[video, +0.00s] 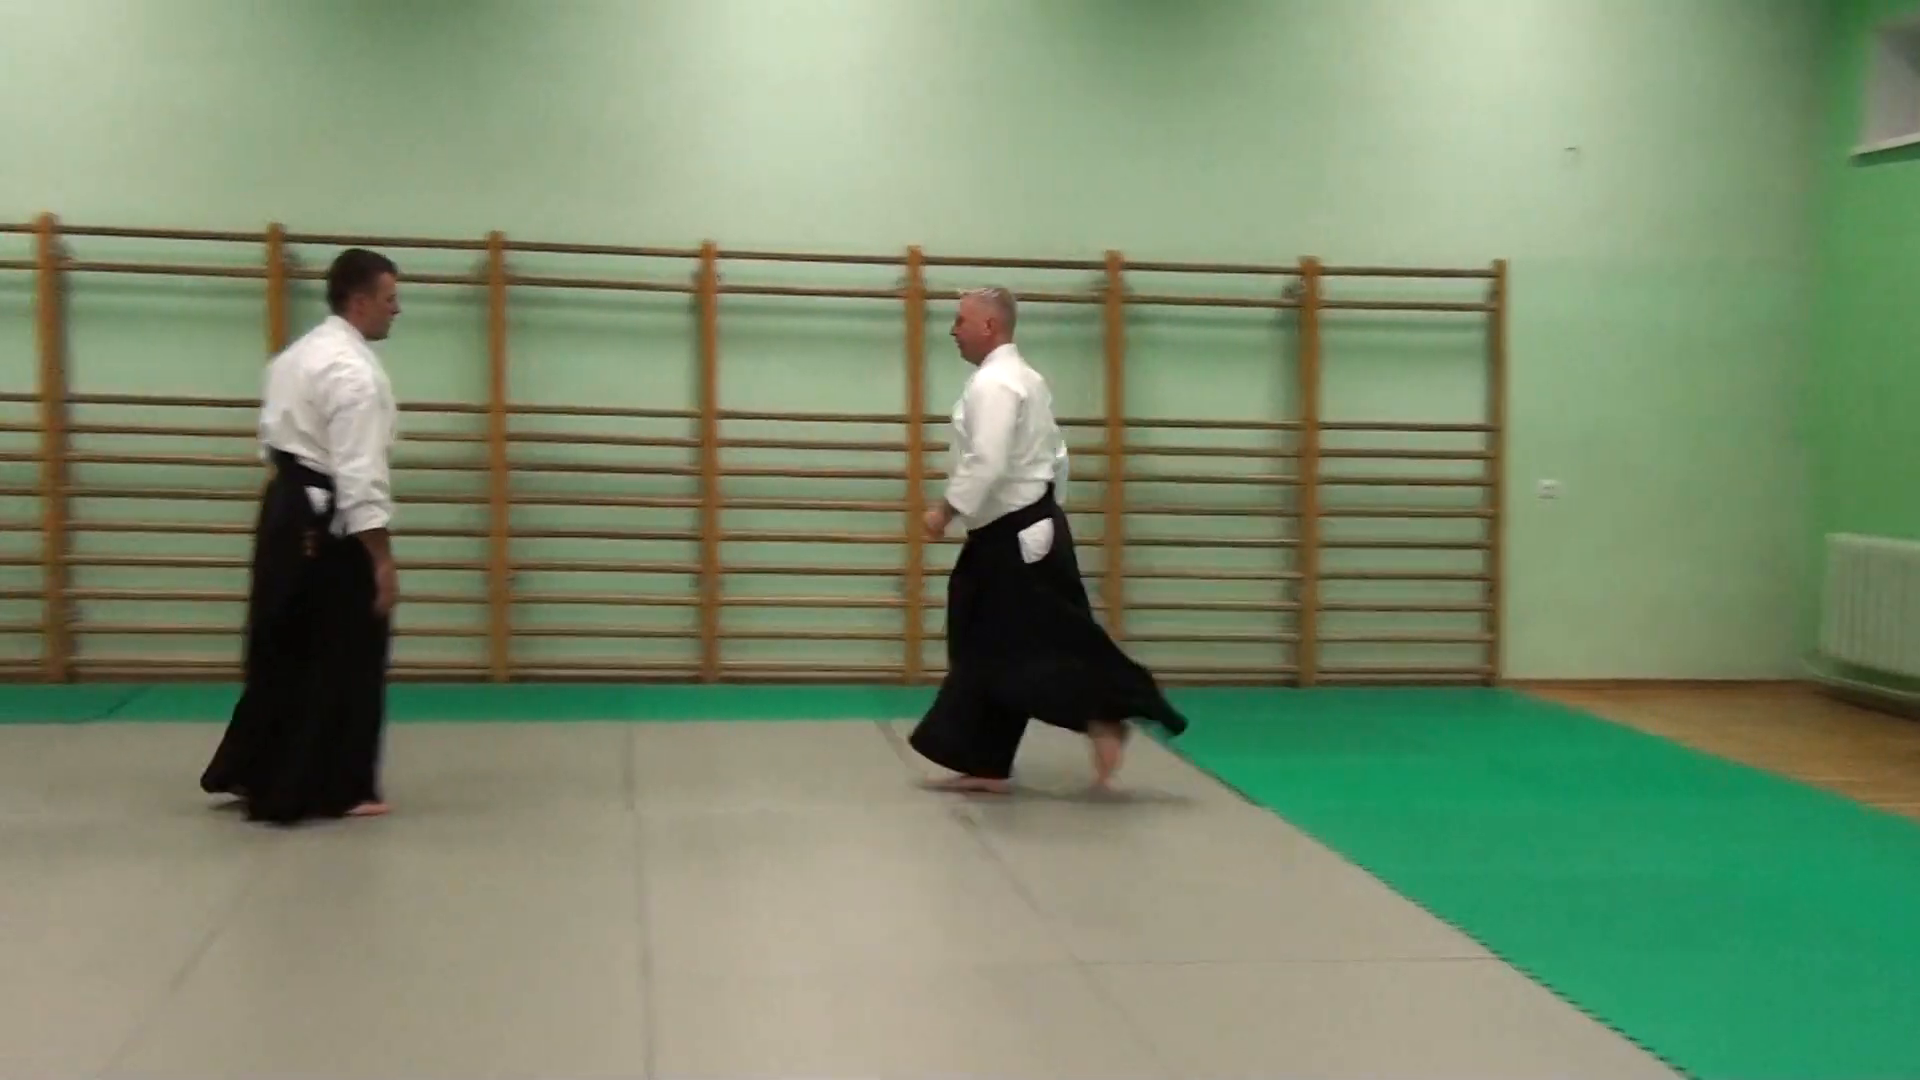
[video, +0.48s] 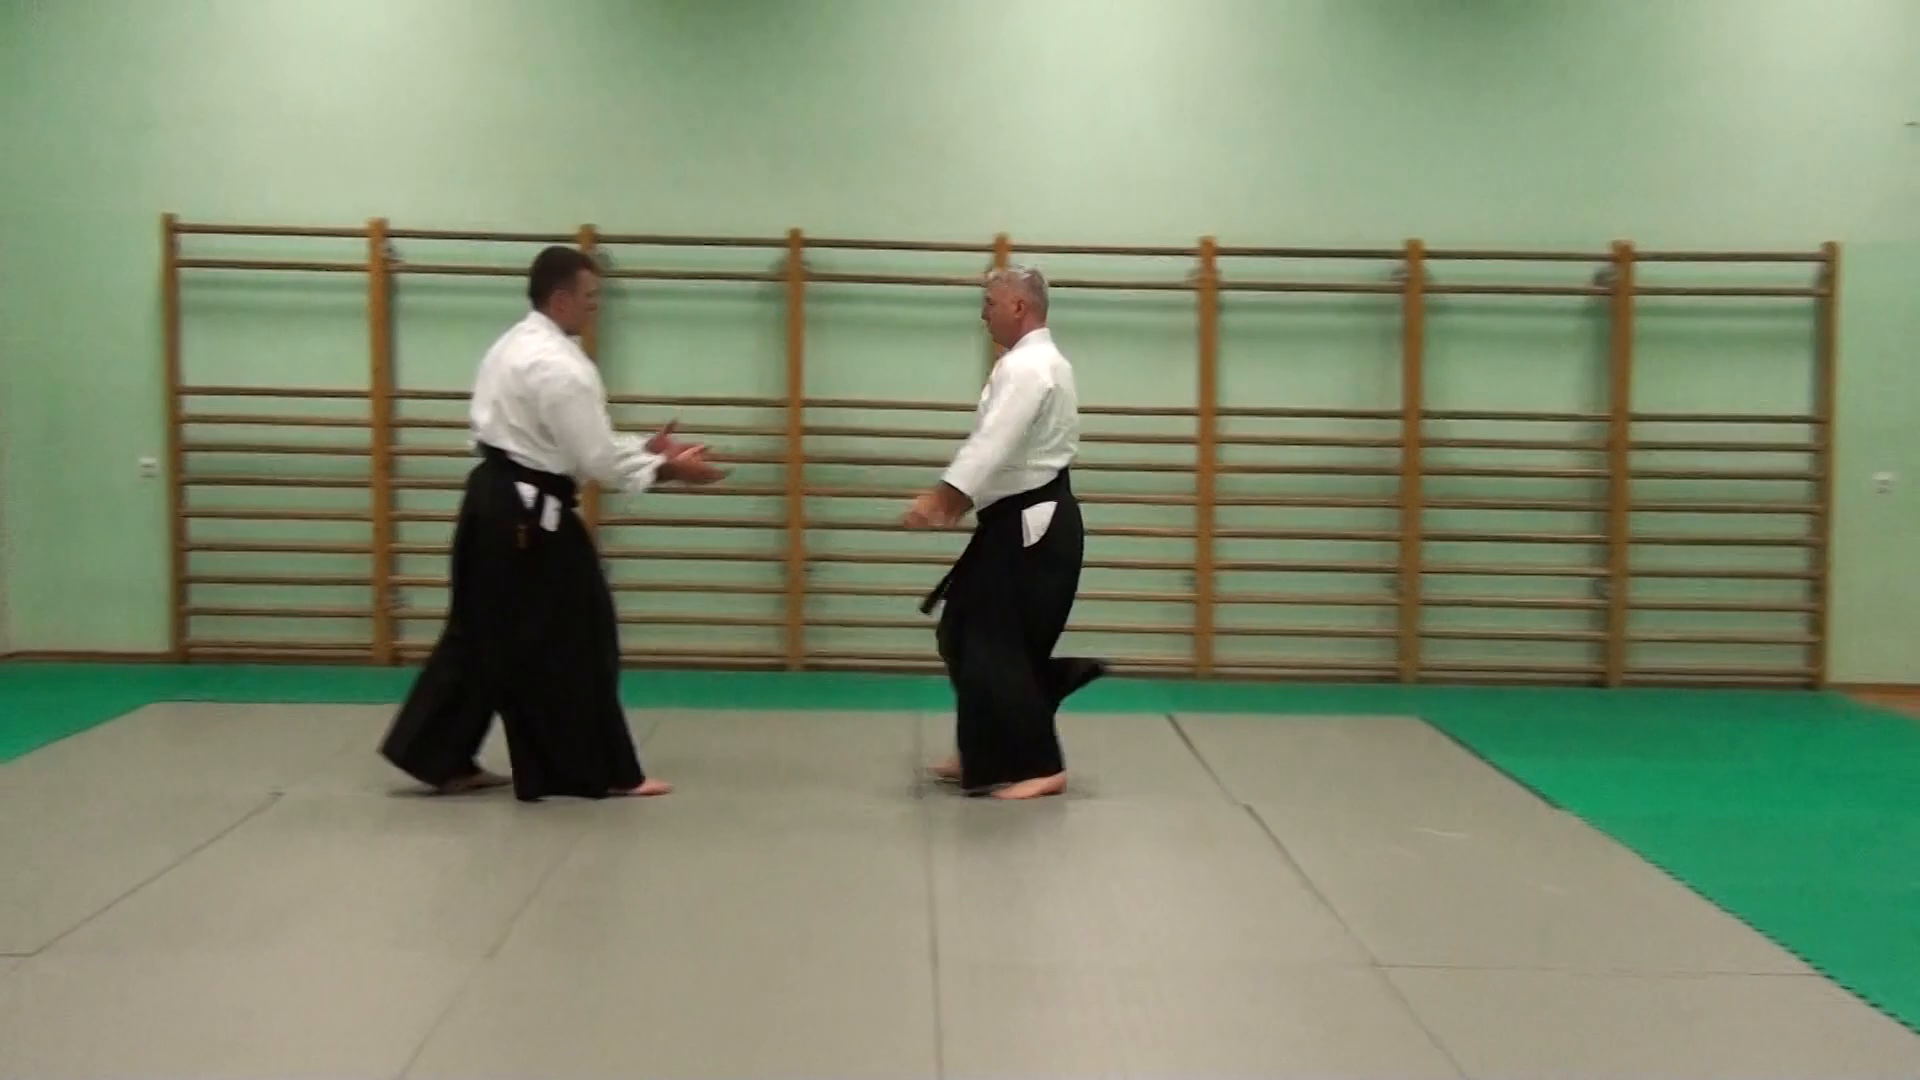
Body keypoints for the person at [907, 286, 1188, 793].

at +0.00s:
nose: (954, 330)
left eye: (960, 321)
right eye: (956, 321)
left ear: (988, 325)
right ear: (995, 326)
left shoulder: (992, 384)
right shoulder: (1026, 377)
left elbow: (986, 461)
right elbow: (1056, 454)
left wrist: (947, 508)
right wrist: (1048, 509)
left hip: (1006, 535)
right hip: (1037, 526)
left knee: (992, 645)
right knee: (1040, 641)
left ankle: (985, 765)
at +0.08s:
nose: (972, 329)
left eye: (978, 320)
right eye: (973, 320)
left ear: (1006, 324)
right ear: (1010, 324)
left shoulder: (1019, 383)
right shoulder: (1022, 374)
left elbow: (1016, 466)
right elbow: (1020, 464)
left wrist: (978, 522)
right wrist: (986, 520)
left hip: (1028, 533)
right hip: (1039, 527)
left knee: (972, 643)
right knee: (1028, 640)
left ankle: (1031, 749)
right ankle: (1041, 751)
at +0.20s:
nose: (983, 321)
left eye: (990, 312)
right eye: (984, 312)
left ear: (1019, 315)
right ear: (1021, 315)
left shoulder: (1037, 371)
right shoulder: (1025, 368)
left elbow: (1058, 452)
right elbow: (1029, 458)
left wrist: (1025, 517)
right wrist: (993, 525)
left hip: (1029, 535)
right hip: (1030, 534)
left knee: (964, 644)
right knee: (1047, 649)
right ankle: (1117, 753)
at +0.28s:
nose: (982, 320)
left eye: (989, 311)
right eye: (984, 311)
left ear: (1019, 314)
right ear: (1021, 313)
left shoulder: (1033, 370)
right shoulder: (1021, 366)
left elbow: (1057, 450)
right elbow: (1024, 454)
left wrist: (1021, 517)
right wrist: (983, 511)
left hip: (1018, 532)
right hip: (1020, 529)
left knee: (967, 648)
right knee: (1036, 646)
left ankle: (945, 773)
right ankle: (1125, 729)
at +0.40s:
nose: (981, 318)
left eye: (987, 308)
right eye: (983, 308)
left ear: (1015, 312)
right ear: (1023, 313)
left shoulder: (1025, 371)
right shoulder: (1037, 363)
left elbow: (1017, 453)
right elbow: (1015, 449)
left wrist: (979, 512)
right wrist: (976, 499)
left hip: (1022, 521)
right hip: (1039, 514)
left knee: (979, 637)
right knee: (1017, 629)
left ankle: (999, 771)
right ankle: (1053, 731)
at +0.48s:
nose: (985, 314)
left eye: (991, 305)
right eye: (985, 305)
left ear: (1019, 307)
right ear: (1024, 308)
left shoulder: (1027, 366)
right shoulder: (1039, 359)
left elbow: (994, 440)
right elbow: (1003, 443)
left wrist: (942, 498)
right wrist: (960, 498)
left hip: (1029, 522)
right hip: (1026, 516)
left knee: (991, 637)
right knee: (969, 631)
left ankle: (1037, 767)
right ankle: (984, 755)